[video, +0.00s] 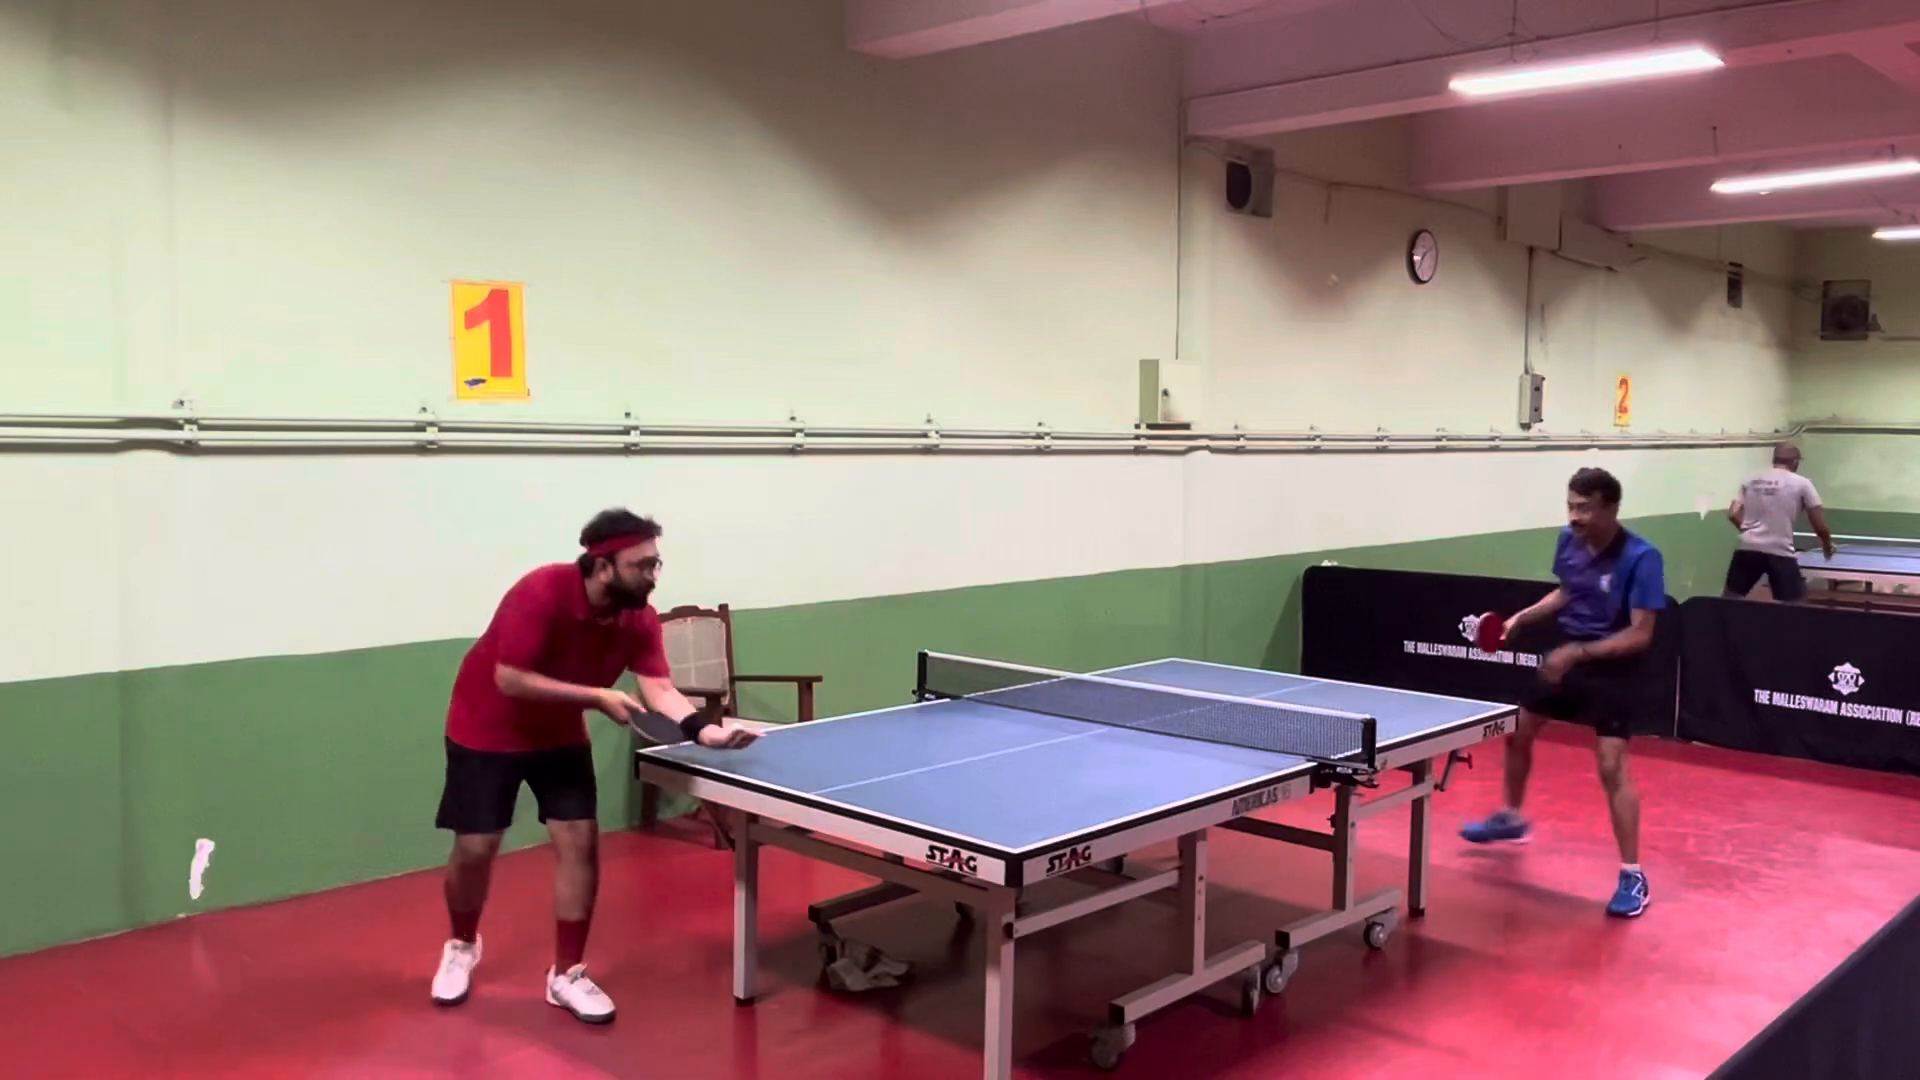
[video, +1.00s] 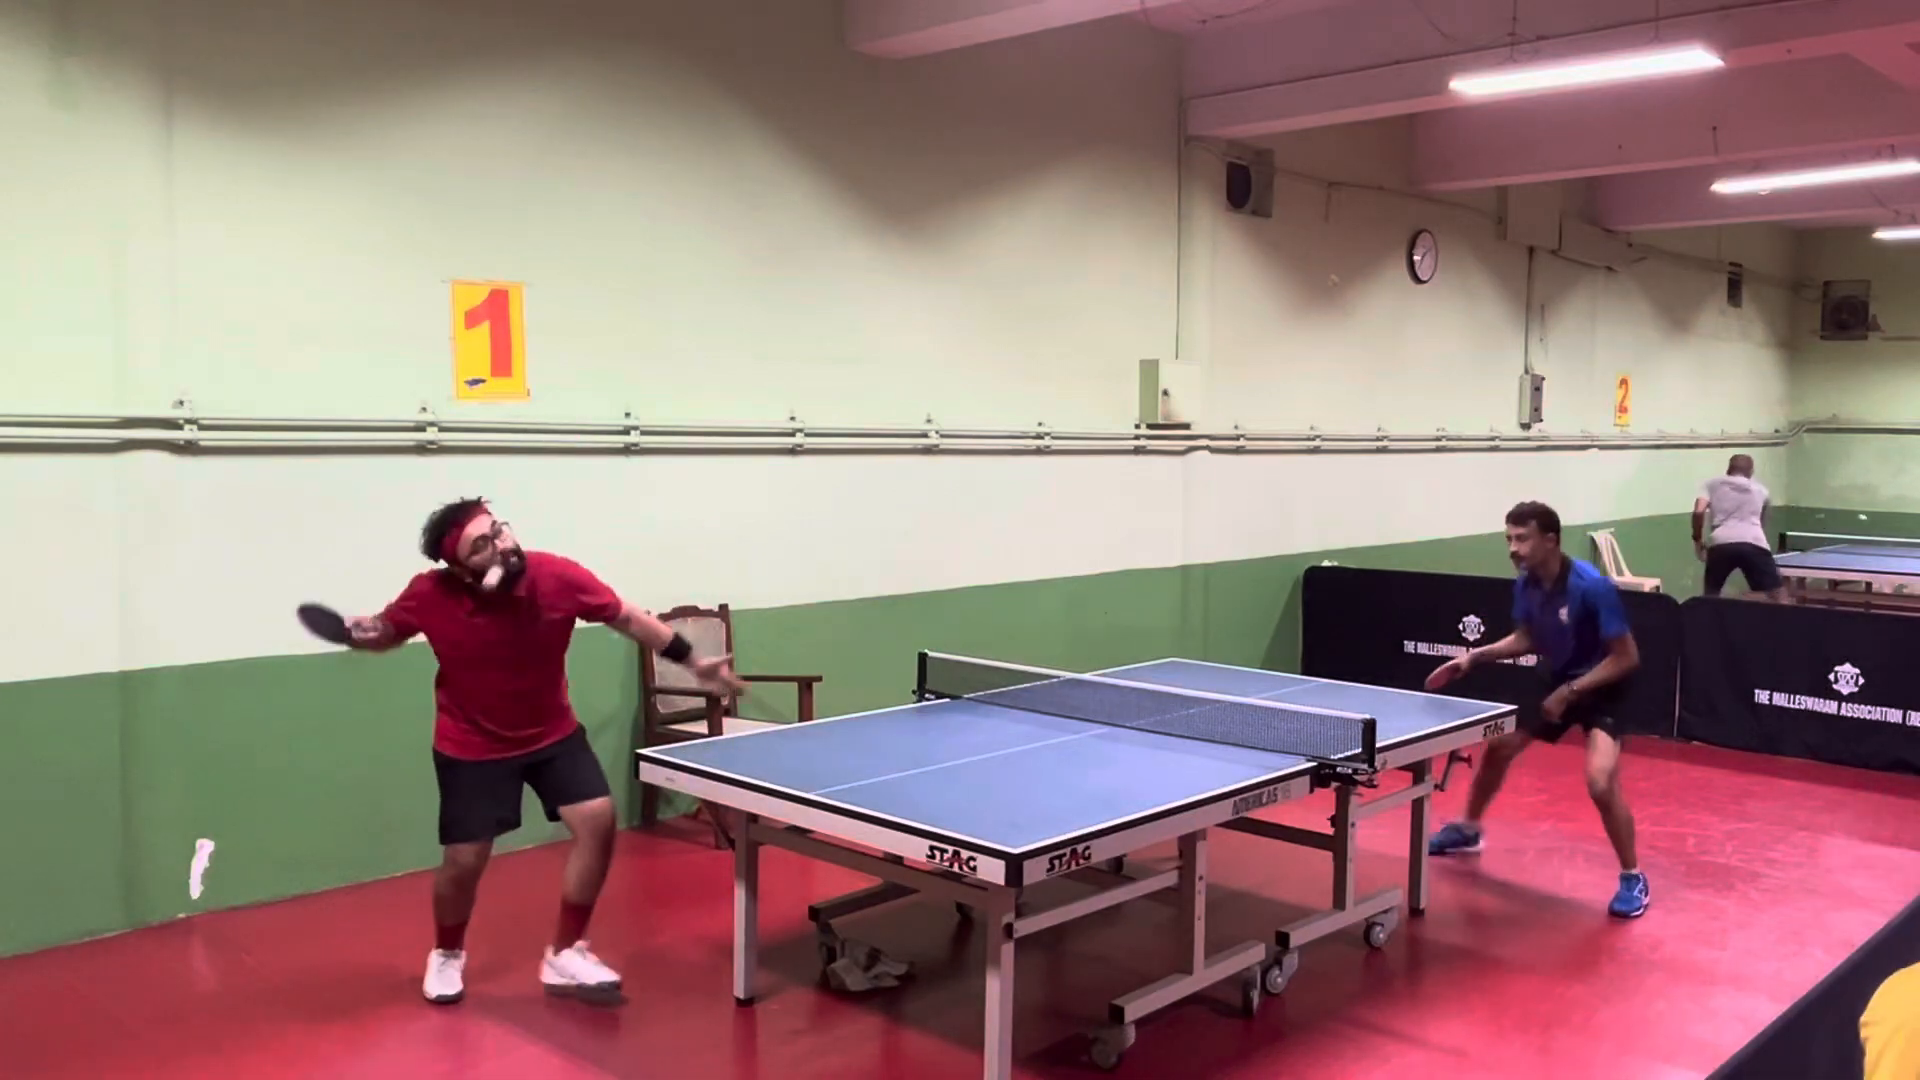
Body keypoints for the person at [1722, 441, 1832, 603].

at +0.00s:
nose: (1798, 464)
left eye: (1798, 460)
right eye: (1798, 460)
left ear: (1774, 460)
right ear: (1795, 461)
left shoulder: (1751, 480)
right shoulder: (1802, 483)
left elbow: (1734, 514)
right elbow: (1820, 528)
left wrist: (1749, 531)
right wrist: (1827, 546)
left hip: (1747, 552)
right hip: (1780, 555)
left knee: (1728, 604)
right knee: (1794, 610)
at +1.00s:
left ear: (1728, 470)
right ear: (1751, 473)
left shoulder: (1712, 484)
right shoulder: (1761, 491)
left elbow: (1698, 512)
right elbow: (1762, 523)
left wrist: (1698, 541)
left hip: (1721, 546)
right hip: (1755, 546)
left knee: (1710, 596)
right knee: (1775, 597)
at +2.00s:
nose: (1849, 485)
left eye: (1852, 481)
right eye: (1851, 479)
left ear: (1830, 466)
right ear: (1843, 472)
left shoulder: (1796, 480)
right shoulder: (1831, 486)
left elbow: (1775, 514)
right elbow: (1823, 522)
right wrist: (1859, 534)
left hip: (1779, 554)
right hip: (1809, 555)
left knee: (1763, 604)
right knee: (1842, 600)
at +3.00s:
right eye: (1851, 467)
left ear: (1827, 465)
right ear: (1849, 469)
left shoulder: (1803, 483)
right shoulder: (1856, 491)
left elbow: (1786, 518)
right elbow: (1862, 536)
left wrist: (1806, 523)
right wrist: (1853, 548)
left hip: (1795, 553)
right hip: (1829, 556)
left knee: (1775, 602)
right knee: (1851, 607)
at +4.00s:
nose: (1871, 477)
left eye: (1872, 474)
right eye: (1872, 474)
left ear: (1848, 467)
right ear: (1868, 475)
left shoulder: (1819, 478)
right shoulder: (1867, 499)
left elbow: (1796, 509)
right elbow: (1853, 535)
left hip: (1797, 549)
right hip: (1832, 555)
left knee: (1775, 599)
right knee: (1847, 608)